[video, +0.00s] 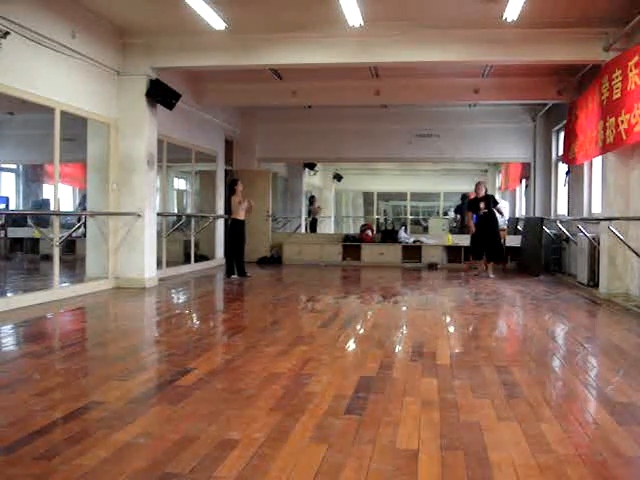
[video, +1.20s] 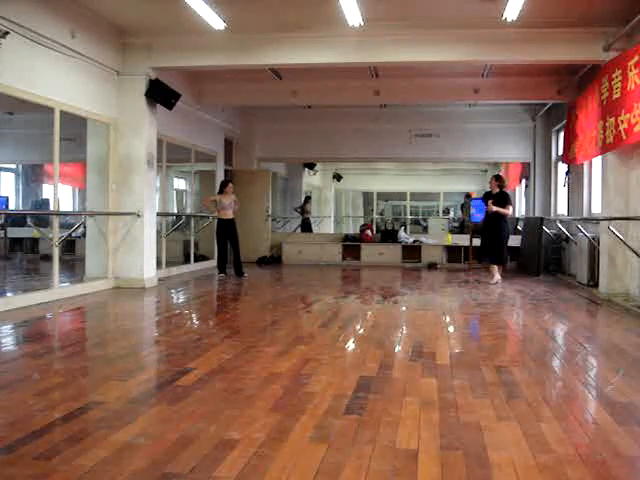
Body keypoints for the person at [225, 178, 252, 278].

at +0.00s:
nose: (242, 186)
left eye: (241, 184)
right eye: (239, 184)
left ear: (239, 187)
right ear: (235, 187)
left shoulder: (241, 198)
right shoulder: (234, 198)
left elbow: (245, 212)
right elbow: (236, 210)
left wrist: (250, 206)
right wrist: (244, 203)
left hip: (241, 221)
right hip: (235, 221)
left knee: (239, 248)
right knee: (232, 248)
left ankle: (241, 271)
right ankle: (230, 271)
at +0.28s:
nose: (246, 186)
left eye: (245, 185)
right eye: (244, 185)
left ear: (243, 187)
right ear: (239, 187)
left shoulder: (245, 198)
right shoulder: (235, 197)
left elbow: (245, 207)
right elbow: (223, 205)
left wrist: (247, 211)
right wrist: (233, 212)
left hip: (242, 221)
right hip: (234, 221)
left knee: (241, 247)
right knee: (232, 247)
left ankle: (241, 271)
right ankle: (229, 271)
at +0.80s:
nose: (237, 188)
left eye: (238, 185)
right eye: (235, 186)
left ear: (237, 187)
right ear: (230, 188)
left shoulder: (238, 198)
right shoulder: (224, 198)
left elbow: (243, 208)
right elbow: (215, 201)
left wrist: (242, 209)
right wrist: (218, 208)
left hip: (235, 220)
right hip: (226, 220)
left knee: (238, 248)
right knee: (223, 248)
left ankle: (241, 272)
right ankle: (222, 271)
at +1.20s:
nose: (231, 189)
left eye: (232, 187)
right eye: (229, 187)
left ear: (232, 188)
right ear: (224, 188)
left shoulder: (233, 197)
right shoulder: (219, 197)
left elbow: (237, 205)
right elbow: (206, 200)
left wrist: (235, 208)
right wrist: (214, 210)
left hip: (231, 220)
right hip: (222, 220)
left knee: (235, 247)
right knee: (222, 247)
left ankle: (239, 271)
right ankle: (222, 271)